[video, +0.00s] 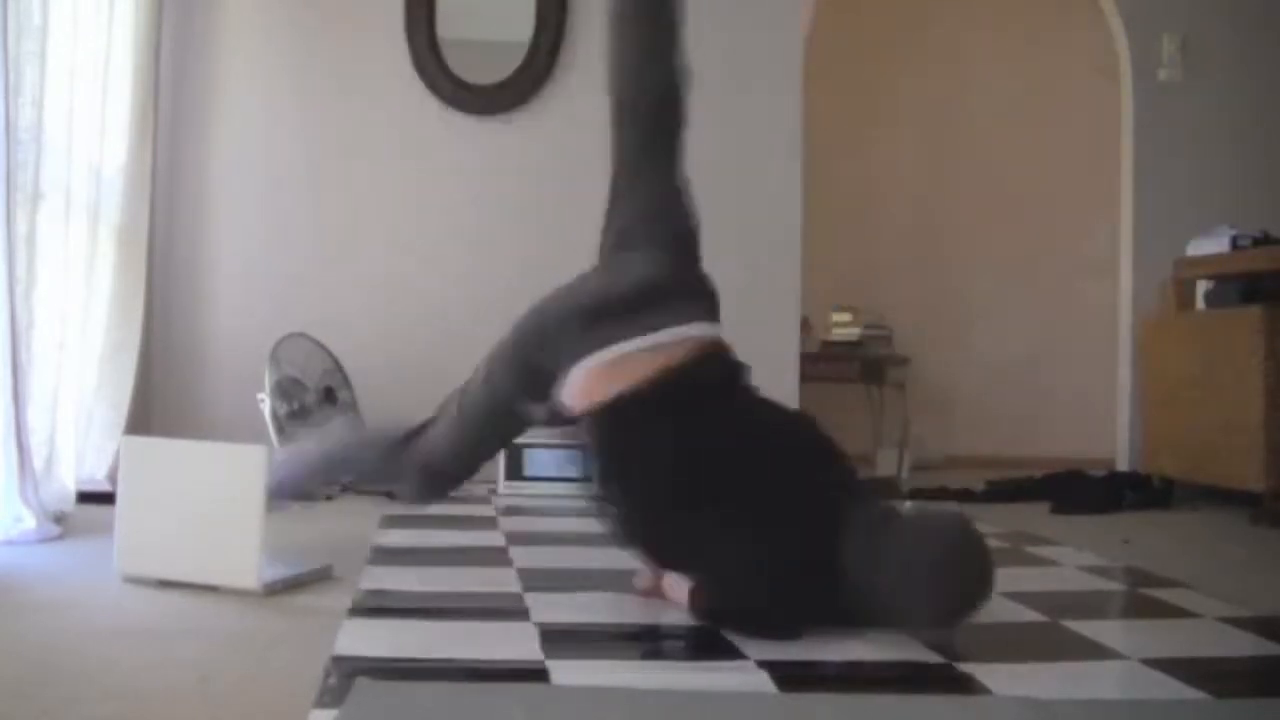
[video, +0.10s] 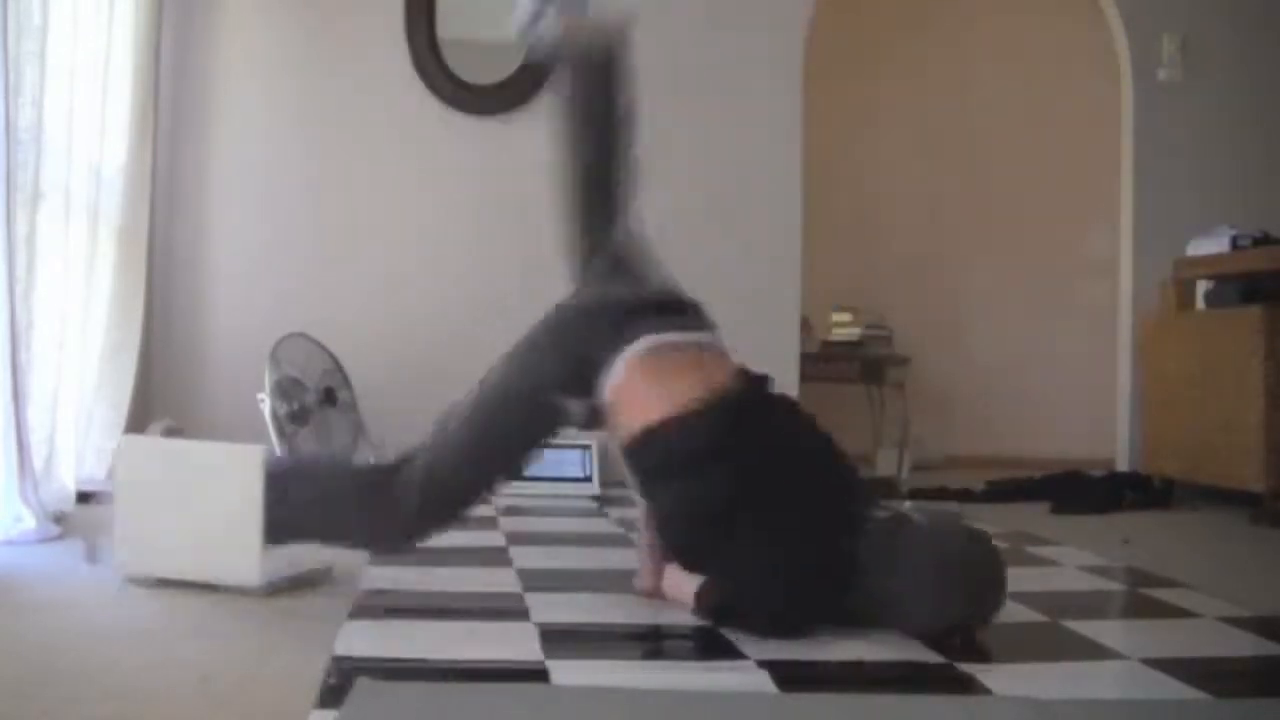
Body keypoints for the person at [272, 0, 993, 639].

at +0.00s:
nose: (941, 634)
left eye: (951, 612)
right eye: (938, 625)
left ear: (917, 532)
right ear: (908, 613)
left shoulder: (831, 471)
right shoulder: (785, 599)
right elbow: (656, 580)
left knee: (648, 119)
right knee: (429, 466)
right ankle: (312, 461)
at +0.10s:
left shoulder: (840, 494)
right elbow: (664, 577)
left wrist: (699, 582)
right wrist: (681, 572)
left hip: (662, 316)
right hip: (579, 352)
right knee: (404, 507)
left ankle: (589, 46)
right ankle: (222, 495)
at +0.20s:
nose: (967, 626)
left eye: (974, 607)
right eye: (968, 618)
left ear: (923, 526)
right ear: (932, 614)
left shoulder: (851, 506)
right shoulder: (820, 582)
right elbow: (661, 583)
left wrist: (683, 540)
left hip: (658, 361)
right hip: (609, 374)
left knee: (522, 370)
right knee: (423, 500)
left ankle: (452, 237)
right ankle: (181, 543)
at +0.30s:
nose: (939, 612)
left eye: (955, 600)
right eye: (946, 600)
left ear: (910, 536)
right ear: (912, 570)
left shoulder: (851, 508)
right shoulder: (810, 538)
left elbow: (682, 458)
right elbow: (672, 600)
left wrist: (650, 565)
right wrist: (822, 601)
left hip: (619, 380)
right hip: (594, 375)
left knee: (481, 452)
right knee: (457, 519)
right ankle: (242, 593)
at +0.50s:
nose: (893, 511)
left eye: (911, 507)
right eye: (908, 499)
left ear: (889, 462)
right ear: (896, 453)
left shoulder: (786, 403)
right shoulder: (828, 406)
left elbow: (616, 451)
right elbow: (744, 529)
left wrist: (646, 569)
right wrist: (811, 594)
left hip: (559, 425)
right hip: (560, 387)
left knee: (383, 530)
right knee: (394, 470)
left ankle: (192, 528)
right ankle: (191, 557)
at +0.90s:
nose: (790, 441)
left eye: (803, 436)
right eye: (800, 421)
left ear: (793, 423)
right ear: (783, 385)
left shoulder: (727, 489)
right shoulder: (712, 380)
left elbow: (608, 559)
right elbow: (708, 504)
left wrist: (684, 567)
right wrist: (811, 591)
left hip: (498, 538)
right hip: (499, 450)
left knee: (285, 534)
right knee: (420, 514)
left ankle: (113, 489)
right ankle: (270, 613)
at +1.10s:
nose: (751, 435)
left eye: (767, 437)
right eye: (759, 416)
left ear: (771, 447)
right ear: (748, 395)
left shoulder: (703, 493)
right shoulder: (680, 402)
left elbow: (603, 560)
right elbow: (692, 524)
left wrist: (658, 563)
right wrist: (807, 588)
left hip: (494, 532)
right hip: (488, 451)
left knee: (341, 559)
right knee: (355, 504)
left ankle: (146, 536)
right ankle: (170, 569)